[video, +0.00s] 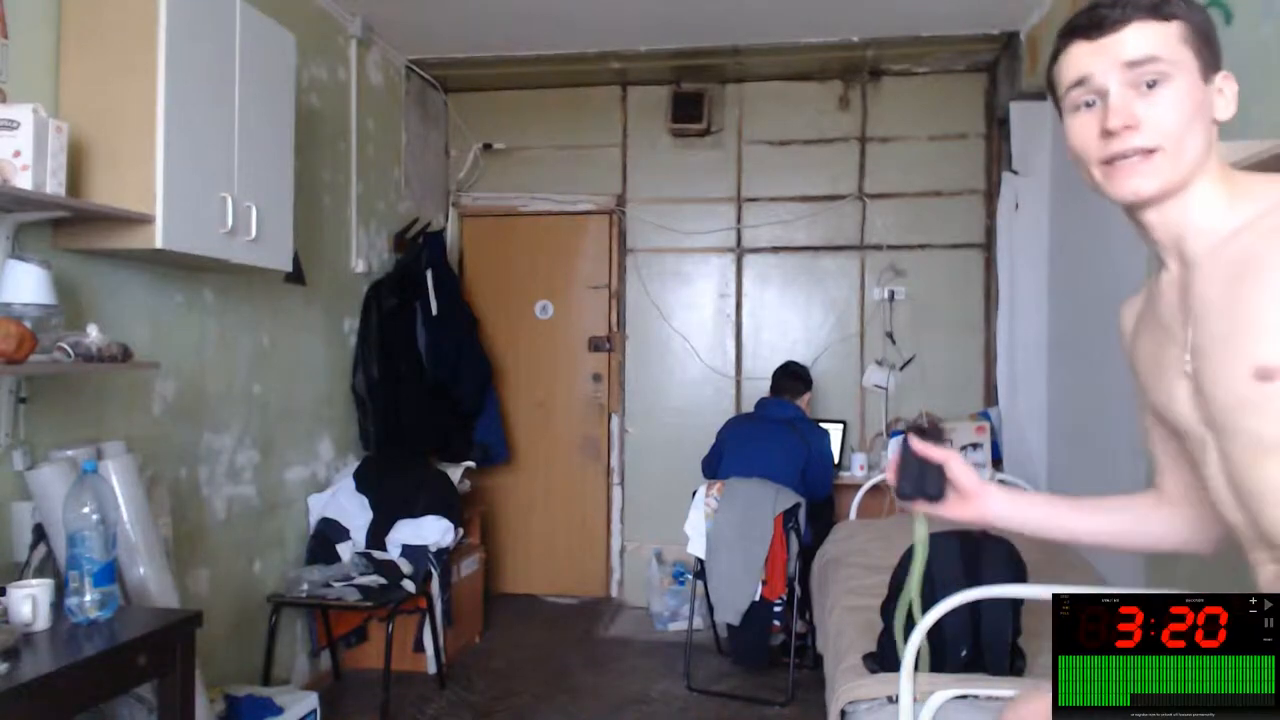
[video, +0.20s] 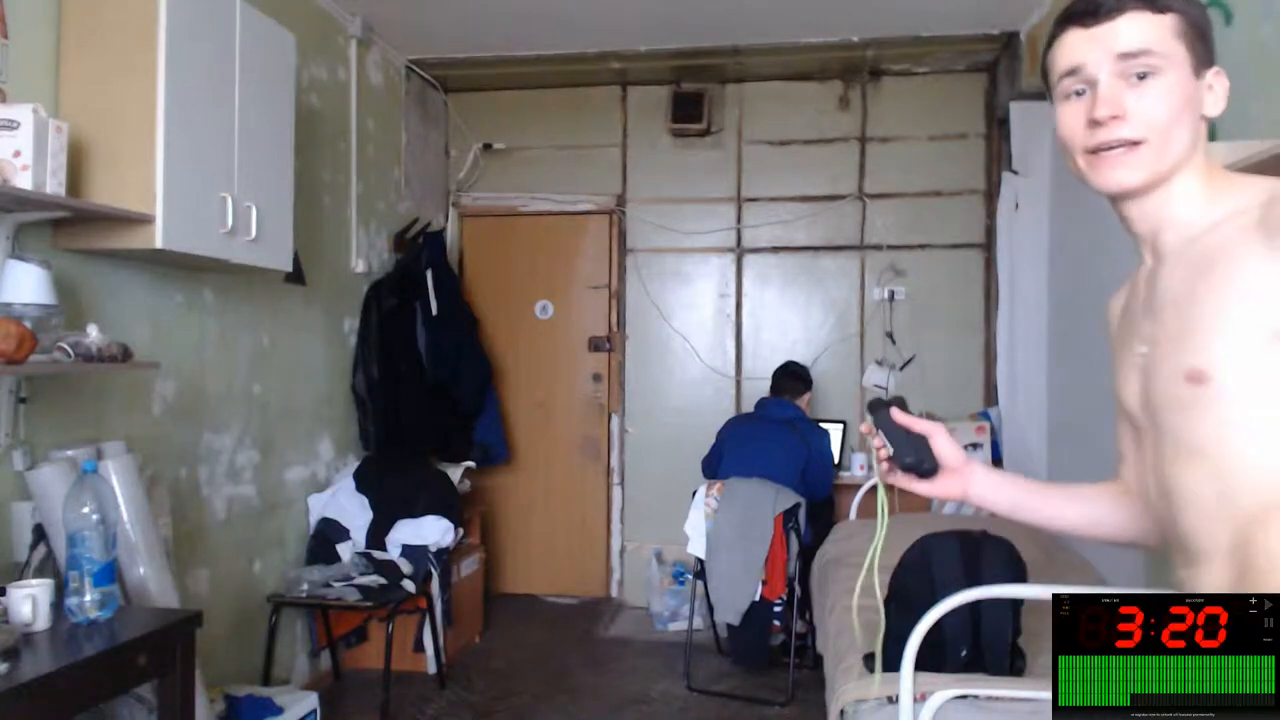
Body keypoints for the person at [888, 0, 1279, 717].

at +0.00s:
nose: (1116, 121)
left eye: (1150, 82)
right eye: (1086, 100)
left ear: (1221, 94)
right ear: (1067, 134)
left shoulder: (1270, 225)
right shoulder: (1144, 318)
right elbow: (1196, 520)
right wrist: (990, 502)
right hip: (1266, 616)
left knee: (1032, 709)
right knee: (1028, 711)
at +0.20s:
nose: (1103, 108)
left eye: (1139, 74)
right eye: (1077, 89)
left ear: (1211, 92)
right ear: (1056, 120)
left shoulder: (1267, 221)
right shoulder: (1129, 307)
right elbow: (1151, 513)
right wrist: (971, 480)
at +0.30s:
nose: (1078, 112)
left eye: (1118, 78)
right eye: (1055, 90)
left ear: (1194, 94)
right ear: (1038, 117)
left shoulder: (1255, 240)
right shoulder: (1120, 297)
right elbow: (1129, 511)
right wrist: (962, 483)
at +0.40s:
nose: (1053, 137)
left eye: (1093, 102)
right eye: (1033, 114)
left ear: (1177, 115)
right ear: (1015, 138)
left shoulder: (1219, 281)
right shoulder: (1109, 290)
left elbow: (1272, 558)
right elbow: (1099, 533)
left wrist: (1005, 659)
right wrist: (942, 492)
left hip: (1155, 693)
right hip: (1076, 688)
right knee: (933, 560)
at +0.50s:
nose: (1026, 136)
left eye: (1070, 101)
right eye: (1011, 110)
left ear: (1159, 116)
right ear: (996, 129)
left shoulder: (1162, 300)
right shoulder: (1078, 287)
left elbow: (1142, 579)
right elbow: (1057, 527)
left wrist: (856, 585)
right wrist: (909, 485)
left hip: (1067, 696)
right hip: (1010, 688)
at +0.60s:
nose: (1000, 131)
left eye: (1048, 103)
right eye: (990, 103)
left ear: (1132, 127)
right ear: (972, 117)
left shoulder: (1119, 301)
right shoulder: (1035, 289)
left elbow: (1049, 572)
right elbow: (1006, 504)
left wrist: (801, 505)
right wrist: (877, 479)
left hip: (1015, 676)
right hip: (956, 663)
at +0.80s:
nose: (945, 147)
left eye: (990, 118)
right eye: (930, 114)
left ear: (1055, 142)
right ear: (906, 127)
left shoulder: (1062, 310)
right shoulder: (942, 295)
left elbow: (1027, 581)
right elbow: (924, 499)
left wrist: (795, 500)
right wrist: (807, 478)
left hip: (981, 669)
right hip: (890, 656)